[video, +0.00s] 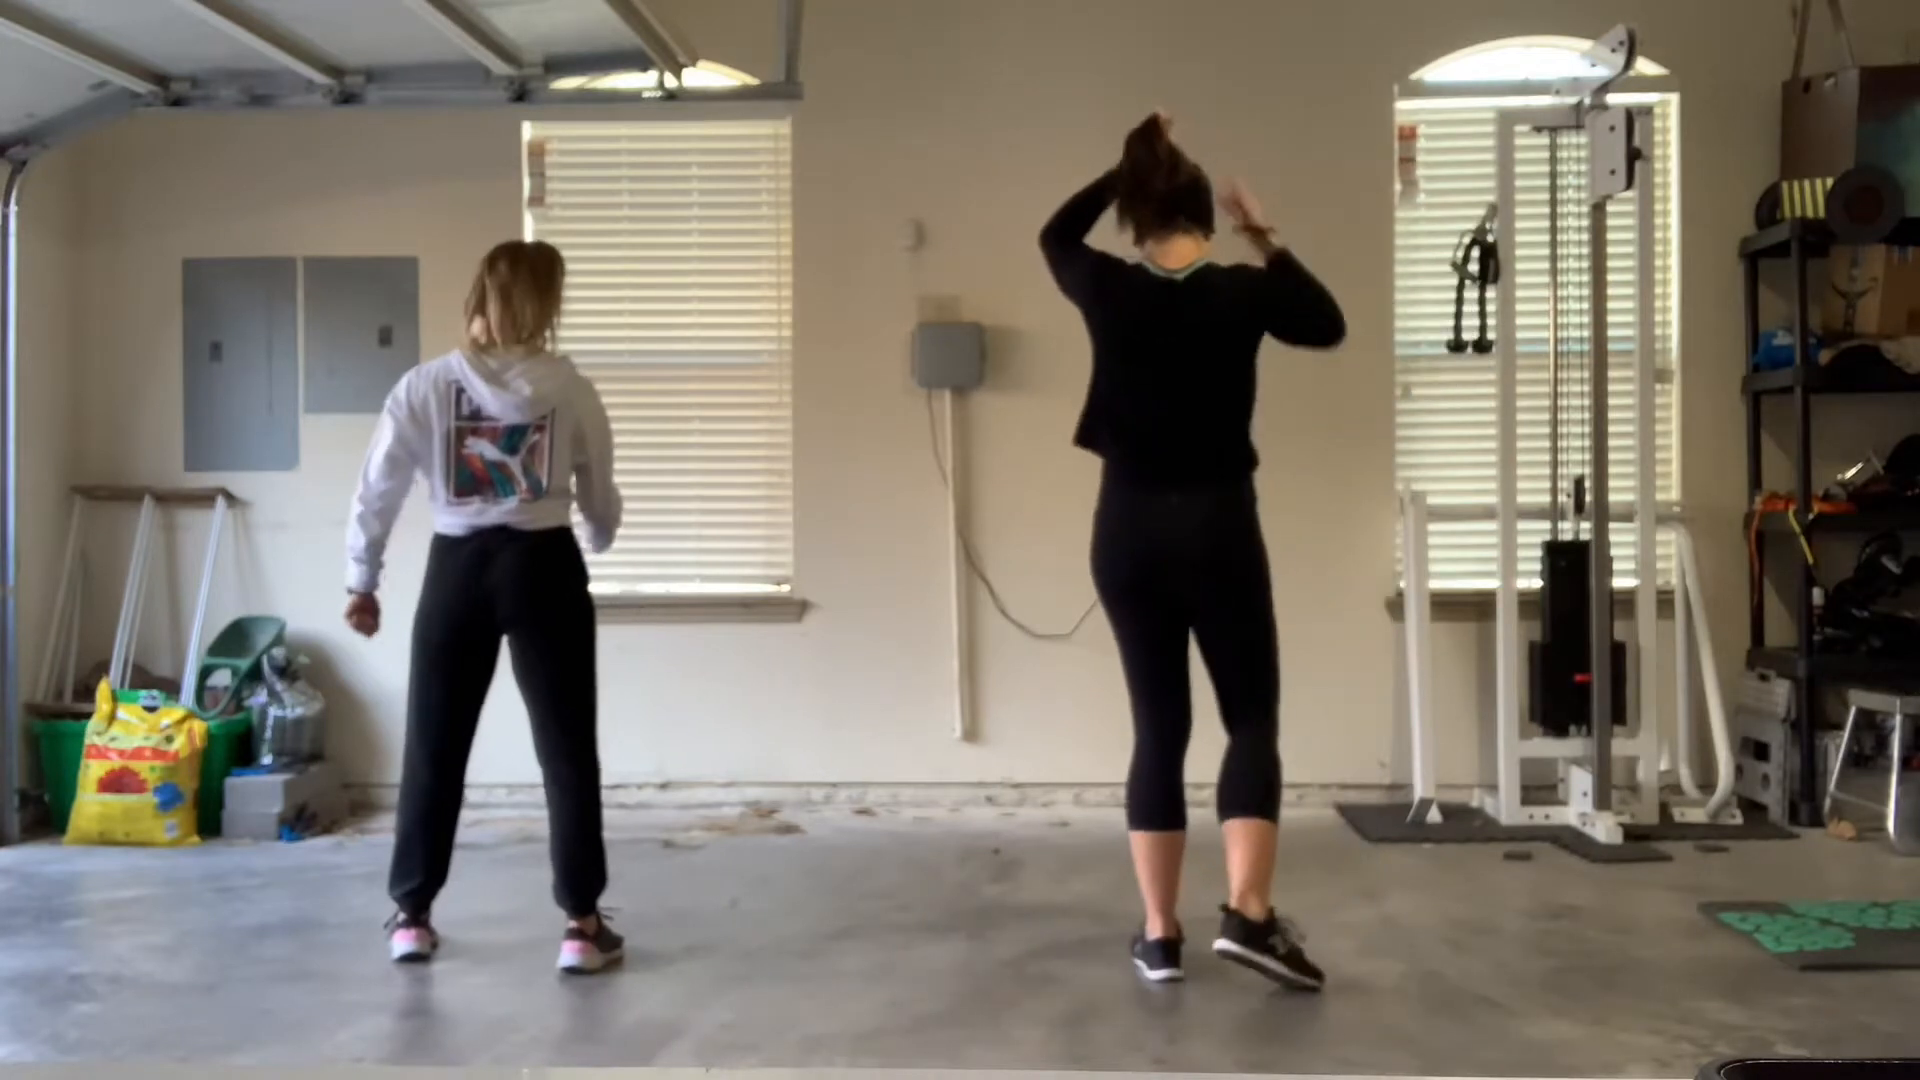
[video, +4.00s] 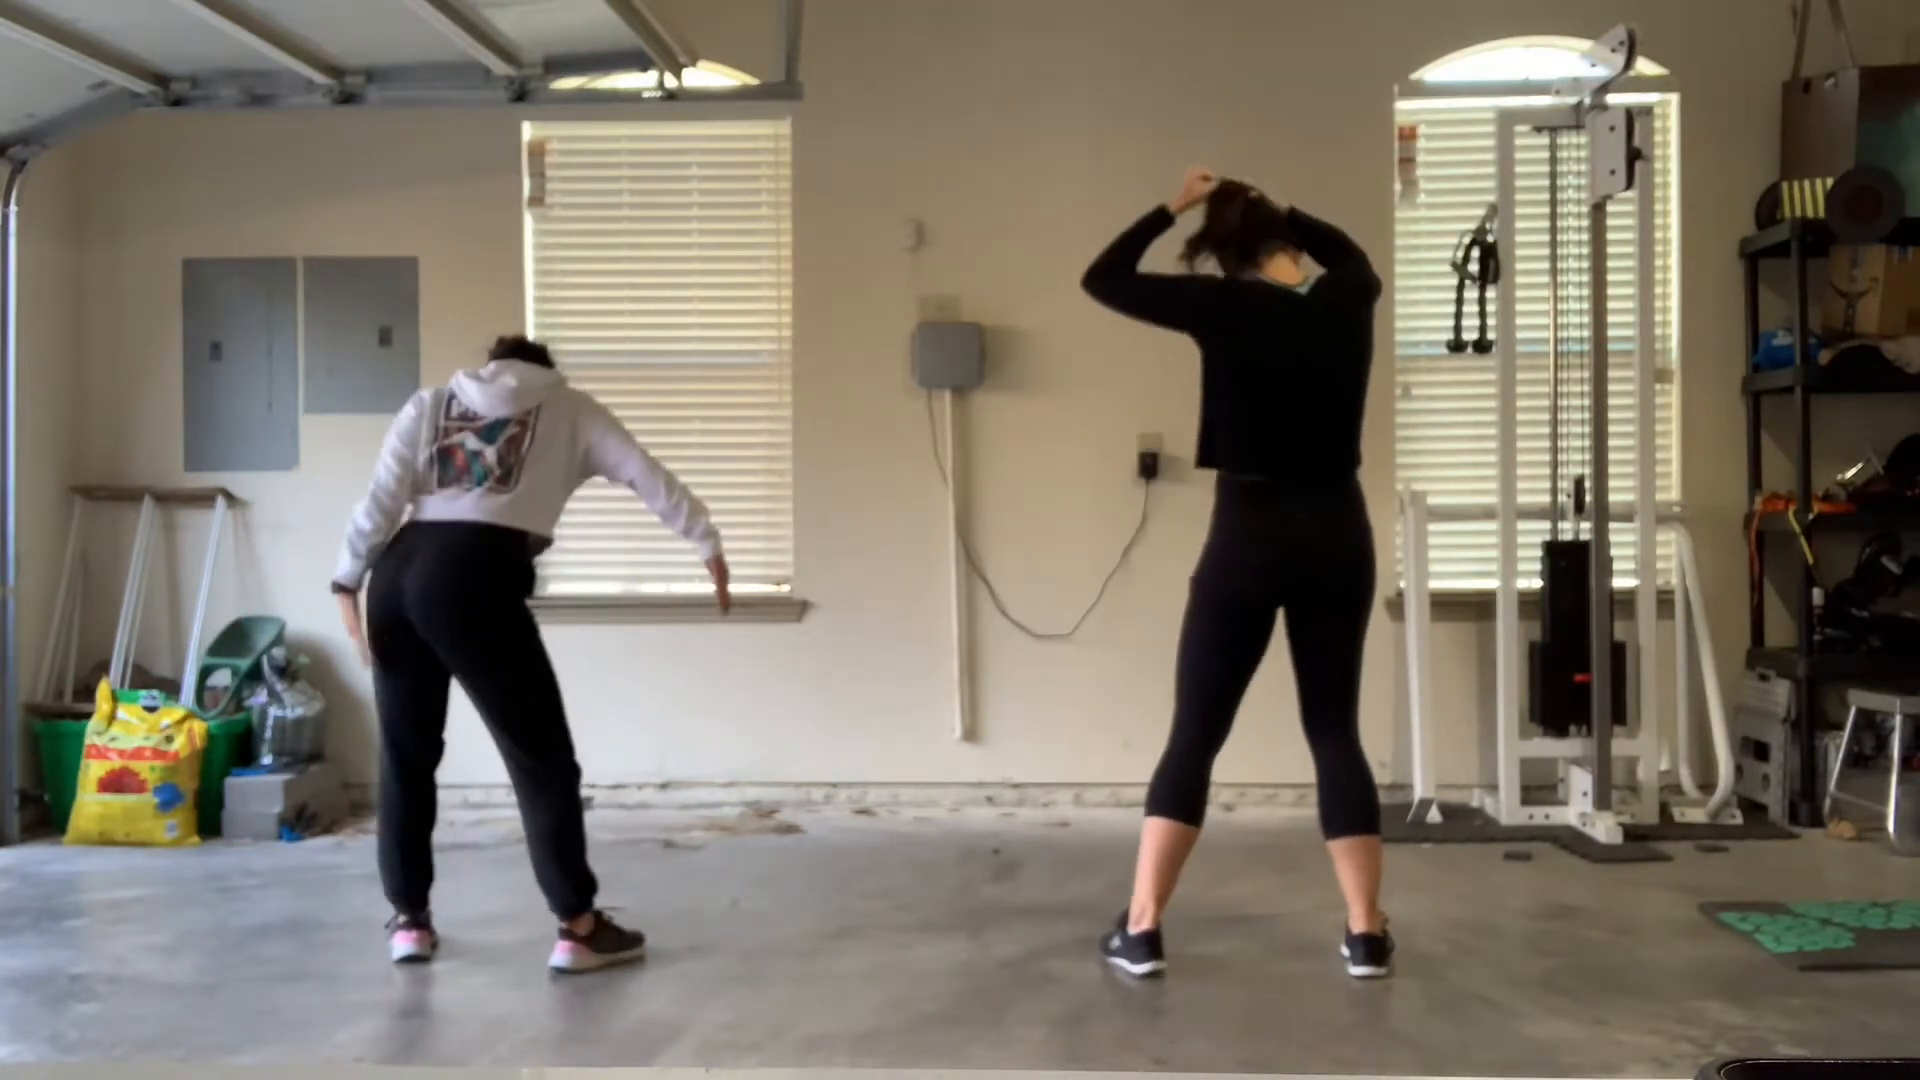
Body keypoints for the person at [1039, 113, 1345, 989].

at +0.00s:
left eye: (1148, 216)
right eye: (1191, 213)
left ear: (1132, 222)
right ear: (1209, 218)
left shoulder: (1112, 293)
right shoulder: (1244, 291)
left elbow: (1058, 237)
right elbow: (1325, 322)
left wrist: (1122, 172)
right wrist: (1268, 239)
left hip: (1127, 537)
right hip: (1222, 536)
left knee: (1157, 727)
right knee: (1250, 722)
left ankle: (1158, 934)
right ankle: (1247, 912)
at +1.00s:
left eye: (1214, 220)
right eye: (1253, 220)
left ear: (1199, 228)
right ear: (1272, 229)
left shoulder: (1164, 301)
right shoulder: (1295, 294)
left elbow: (1055, 274)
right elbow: (1344, 239)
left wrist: (1137, 229)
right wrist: (1290, 182)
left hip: (1194, 524)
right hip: (1285, 520)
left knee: (1179, 719)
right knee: (1310, 713)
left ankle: (1172, 916)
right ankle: (1354, 913)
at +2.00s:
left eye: (1178, 229)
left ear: (1181, 241)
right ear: (1257, 224)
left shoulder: (1184, 319)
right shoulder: (1318, 305)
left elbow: (1076, 273)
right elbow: (1374, 274)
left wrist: (1142, 207)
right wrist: (1305, 207)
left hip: (1210, 545)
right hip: (1303, 543)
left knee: (1165, 729)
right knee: (1325, 731)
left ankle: (1145, 928)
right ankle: (1377, 931)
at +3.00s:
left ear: (1209, 245)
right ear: (1279, 237)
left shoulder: (1197, 300)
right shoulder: (1325, 302)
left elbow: (1120, 213)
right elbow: (1351, 245)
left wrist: (1182, 149)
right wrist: (1281, 199)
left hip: (1221, 532)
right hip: (1313, 530)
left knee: (1175, 732)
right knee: (1323, 727)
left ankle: (1137, 927)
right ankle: (1364, 930)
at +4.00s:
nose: (1221, 275)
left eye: (1220, 262)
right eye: (1232, 259)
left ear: (1223, 257)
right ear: (1291, 245)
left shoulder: (1223, 309)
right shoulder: (1347, 304)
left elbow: (1106, 280)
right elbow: (1349, 255)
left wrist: (1169, 209)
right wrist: (1278, 214)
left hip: (1246, 540)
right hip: (1338, 542)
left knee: (1195, 736)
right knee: (1335, 730)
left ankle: (1141, 928)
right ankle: (1366, 930)